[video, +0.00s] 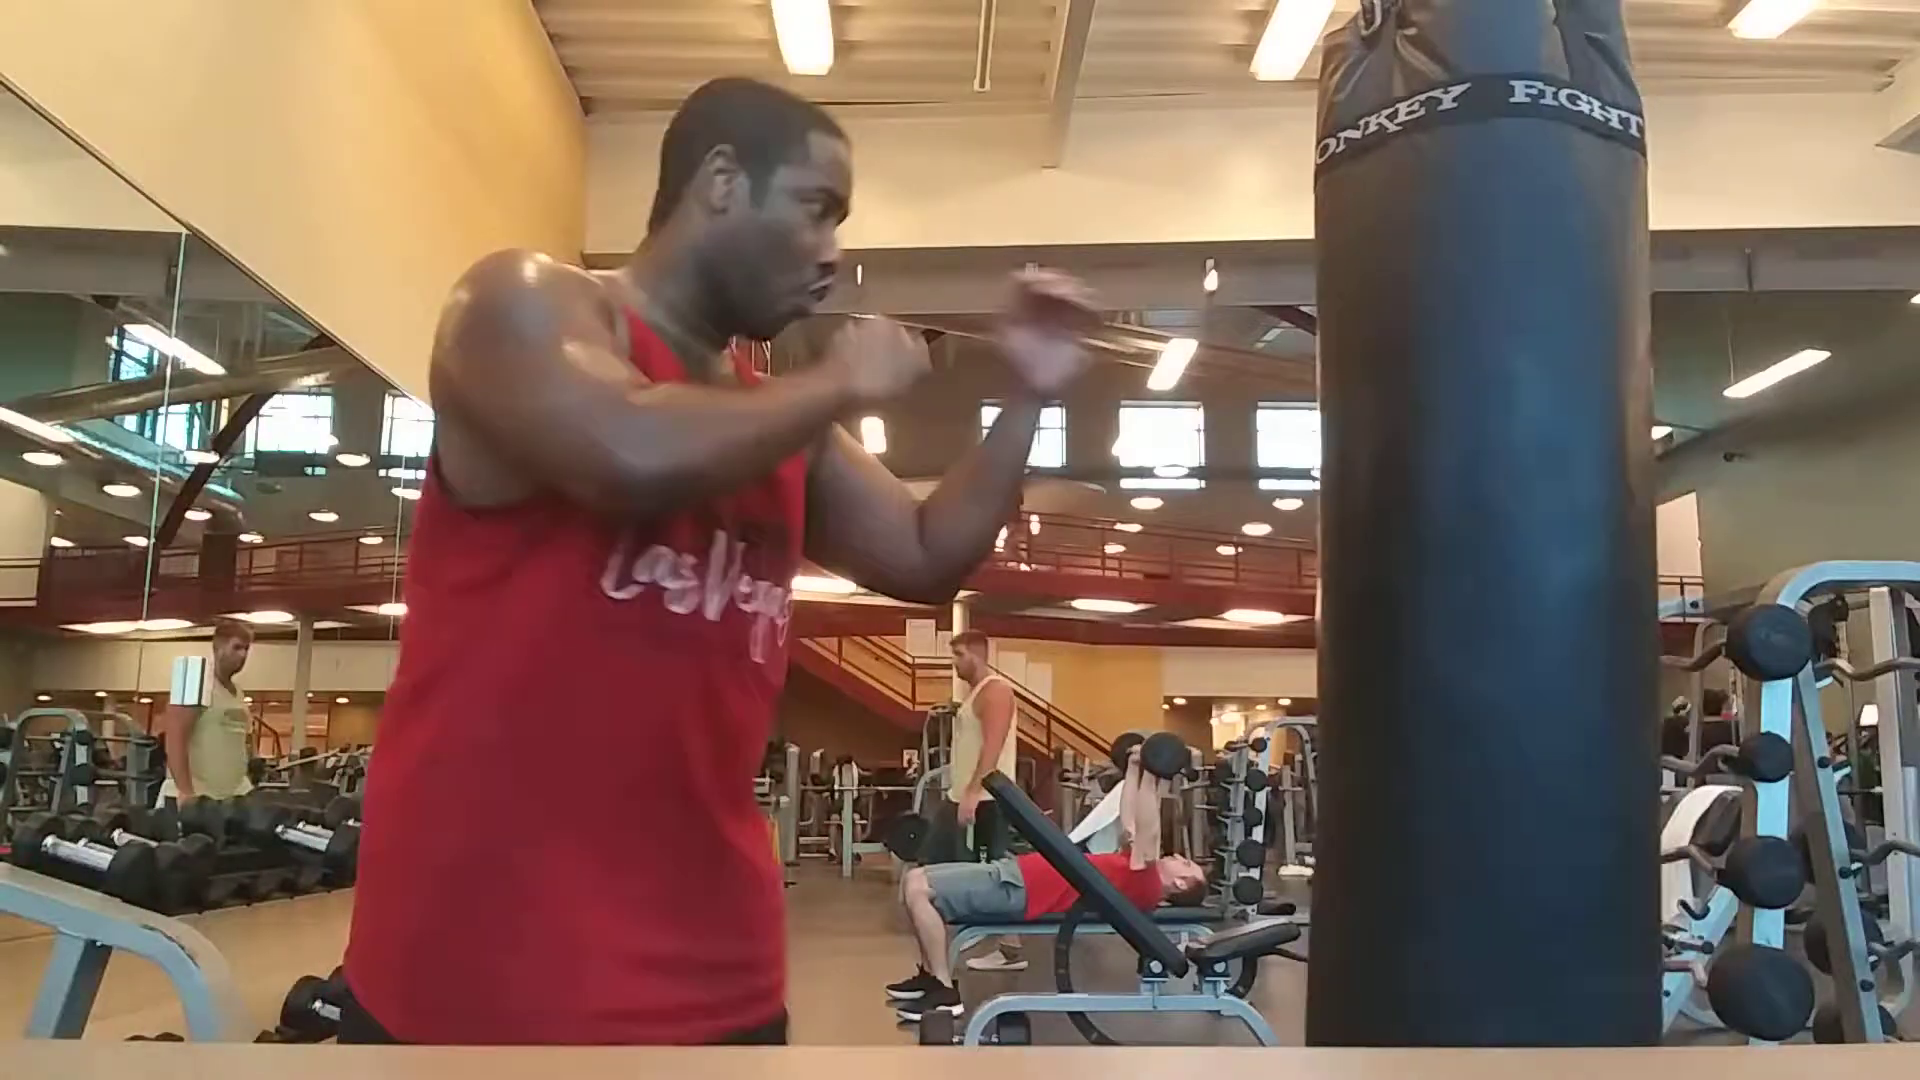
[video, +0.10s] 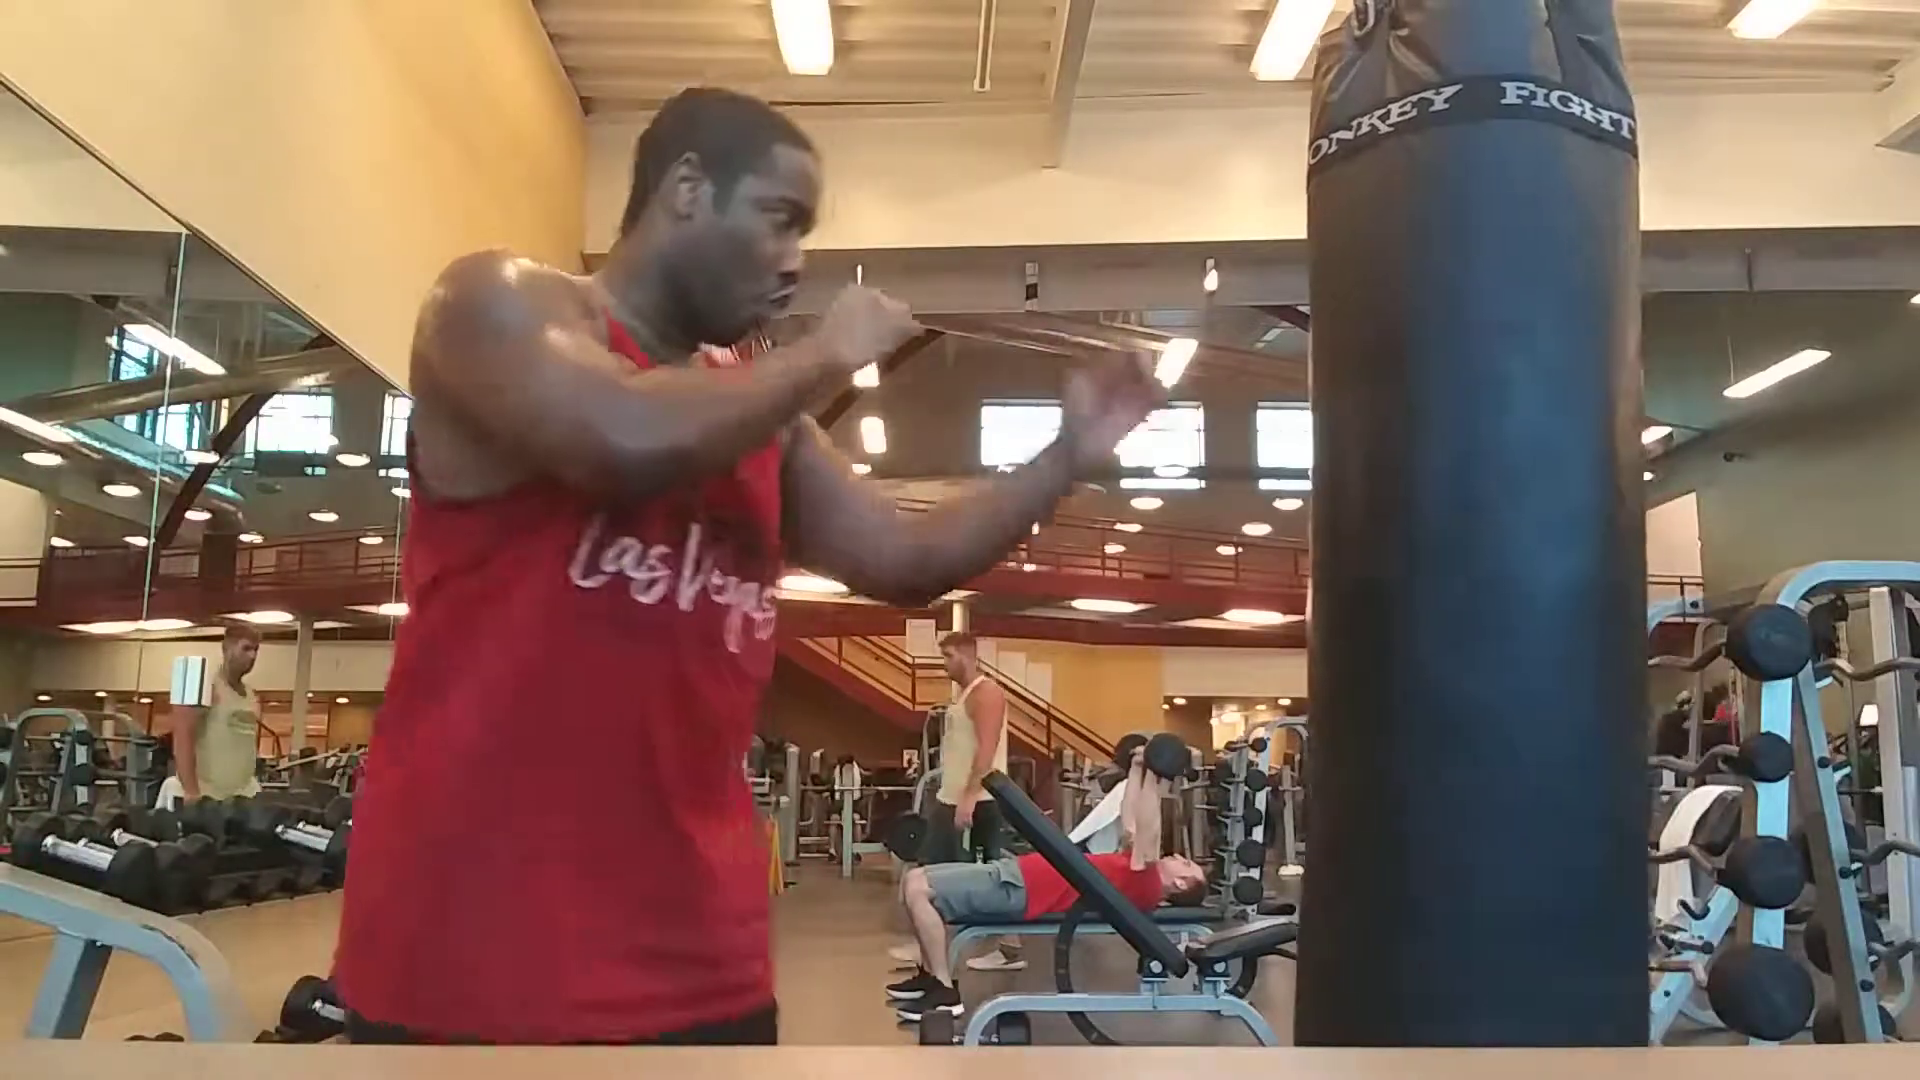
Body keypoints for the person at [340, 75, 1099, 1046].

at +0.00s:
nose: (837, 253)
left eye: (842, 224)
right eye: (819, 210)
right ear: (720, 189)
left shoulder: (781, 411)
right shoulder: (523, 297)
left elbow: (924, 558)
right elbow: (627, 457)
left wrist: (1025, 403)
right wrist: (840, 382)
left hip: (706, 987)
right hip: (494, 985)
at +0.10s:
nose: (798, 261)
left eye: (805, 233)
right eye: (783, 218)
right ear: (685, 191)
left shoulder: (754, 408)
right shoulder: (497, 295)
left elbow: (904, 552)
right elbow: (623, 444)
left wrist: (1069, 454)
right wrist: (818, 356)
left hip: (695, 974)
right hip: (478, 971)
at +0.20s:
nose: (758, 267)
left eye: (765, 239)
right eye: (740, 223)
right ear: (640, 197)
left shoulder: (733, 421)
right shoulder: (457, 305)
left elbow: (819, 604)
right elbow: (588, 435)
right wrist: (775, 353)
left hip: (673, 983)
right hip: (428, 976)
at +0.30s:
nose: (707, 275)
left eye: (715, 248)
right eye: (689, 231)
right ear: (588, 207)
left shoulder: (681, 439)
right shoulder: (409, 318)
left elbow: (735, 646)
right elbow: (512, 450)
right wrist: (729, 373)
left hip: (646, 985)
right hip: (403, 988)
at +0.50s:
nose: (619, 285)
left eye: (629, 255)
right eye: (598, 239)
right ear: (496, 212)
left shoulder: (580, 437)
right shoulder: (301, 330)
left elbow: (622, 637)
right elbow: (382, 483)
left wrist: (739, 614)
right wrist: (622, 428)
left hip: (584, 942)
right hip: (336, 970)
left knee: (707, 1042)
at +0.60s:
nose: (606, 285)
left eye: (614, 252)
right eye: (586, 238)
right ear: (485, 210)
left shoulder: (569, 422)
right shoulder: (290, 323)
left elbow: (633, 616)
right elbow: (382, 471)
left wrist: (736, 518)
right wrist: (613, 396)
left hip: (583, 949)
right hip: (327, 975)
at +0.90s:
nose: (682, 312)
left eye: (688, 283)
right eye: (665, 272)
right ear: (574, 248)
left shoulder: (627, 451)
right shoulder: (392, 358)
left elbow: (701, 657)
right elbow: (482, 509)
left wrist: (795, 526)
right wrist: (699, 424)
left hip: (634, 985)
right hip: (398, 989)